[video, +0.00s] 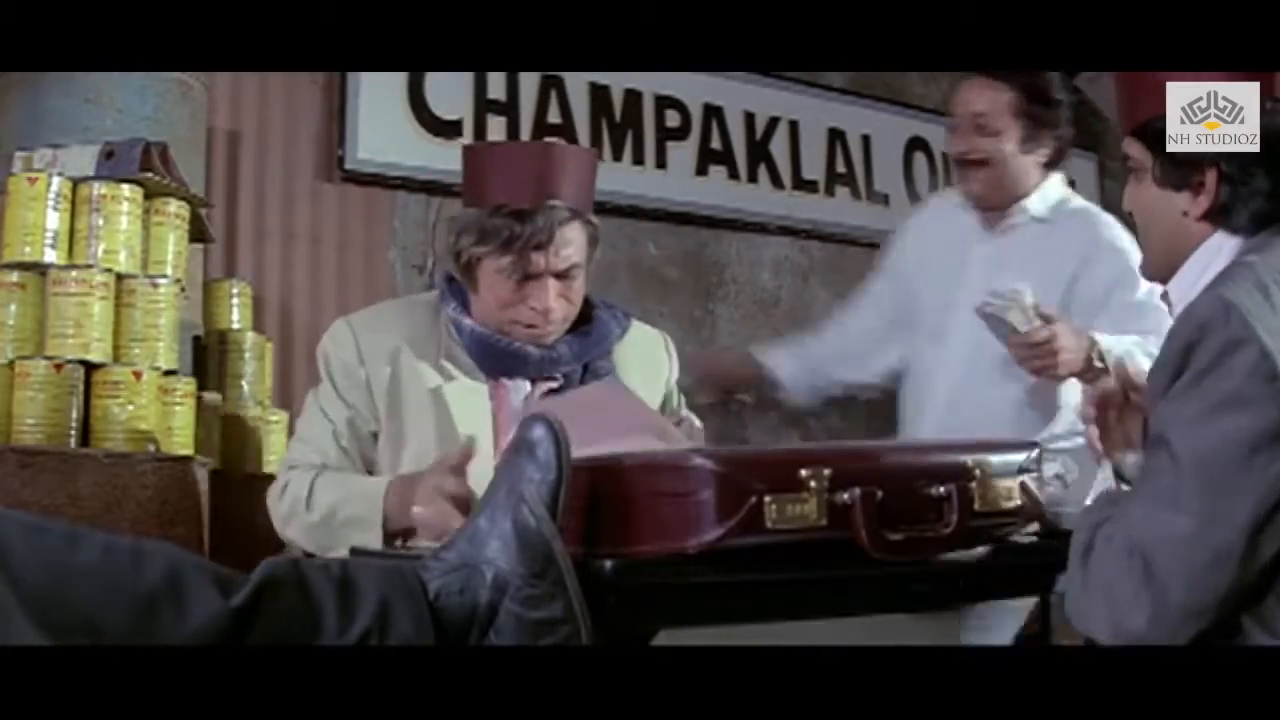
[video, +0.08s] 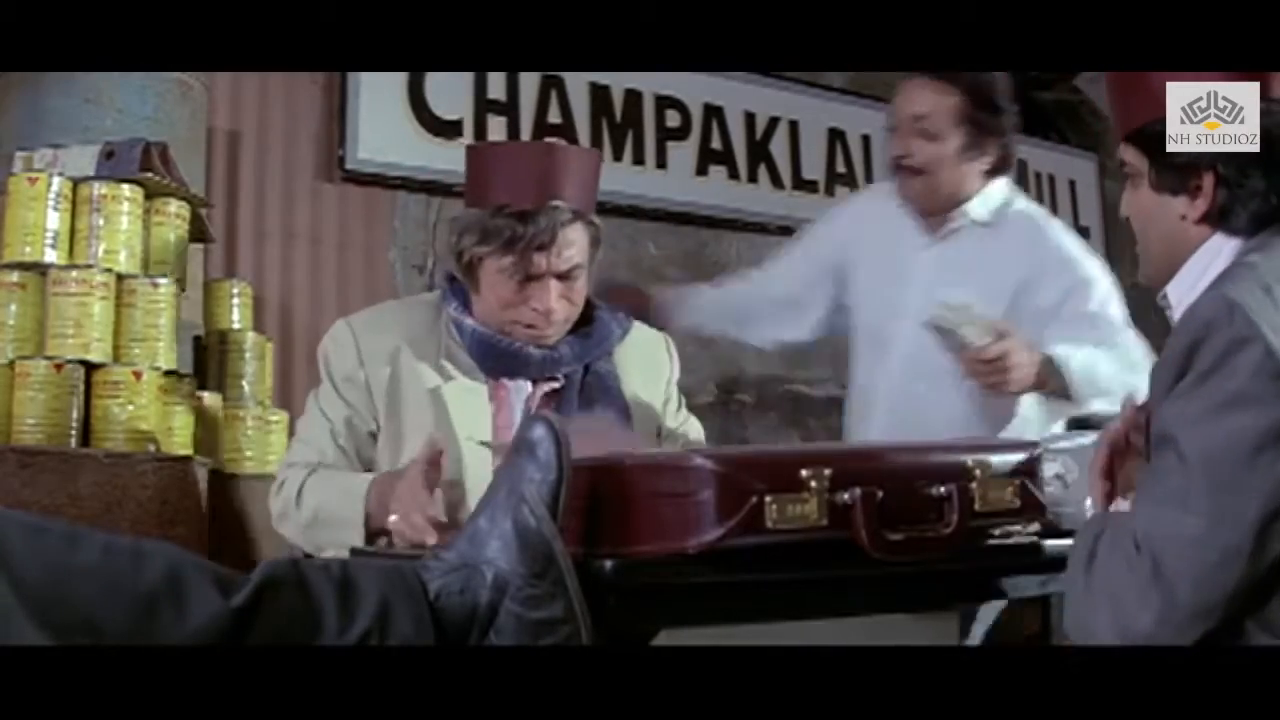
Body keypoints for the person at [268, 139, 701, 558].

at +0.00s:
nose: (545, 300)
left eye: (566, 274)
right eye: (520, 275)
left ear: (588, 267)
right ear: (465, 264)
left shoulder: (644, 354)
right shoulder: (368, 351)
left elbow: (696, 460)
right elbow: (296, 496)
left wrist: (673, 450)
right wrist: (400, 502)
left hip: (601, 618)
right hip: (429, 626)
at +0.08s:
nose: (547, 301)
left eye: (567, 276)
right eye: (522, 276)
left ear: (590, 269)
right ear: (467, 263)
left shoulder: (645, 358)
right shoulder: (370, 351)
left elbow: (692, 462)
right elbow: (295, 496)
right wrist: (377, 500)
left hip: (600, 620)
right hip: (431, 628)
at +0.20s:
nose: (547, 297)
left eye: (567, 272)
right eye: (522, 271)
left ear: (589, 266)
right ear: (467, 260)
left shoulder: (642, 360)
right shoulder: (370, 350)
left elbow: (691, 476)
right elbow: (290, 497)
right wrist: (366, 486)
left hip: (592, 617)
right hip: (423, 623)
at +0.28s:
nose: (545, 295)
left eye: (564, 269)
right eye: (519, 269)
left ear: (587, 268)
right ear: (464, 262)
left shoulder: (635, 363)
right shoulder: (368, 349)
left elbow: (698, 483)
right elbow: (292, 497)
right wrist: (372, 487)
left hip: (586, 619)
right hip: (416, 623)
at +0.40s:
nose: (541, 293)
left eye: (561, 266)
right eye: (515, 266)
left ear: (586, 263)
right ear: (463, 260)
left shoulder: (637, 362)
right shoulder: (376, 352)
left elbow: (682, 495)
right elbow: (297, 500)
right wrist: (379, 495)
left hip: (587, 620)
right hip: (419, 625)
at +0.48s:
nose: (524, 289)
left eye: (545, 259)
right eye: (497, 261)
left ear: (576, 257)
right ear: (450, 262)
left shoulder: (620, 364)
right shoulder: (389, 357)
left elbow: (675, 490)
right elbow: (296, 502)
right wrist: (383, 499)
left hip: (579, 615)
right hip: (423, 623)